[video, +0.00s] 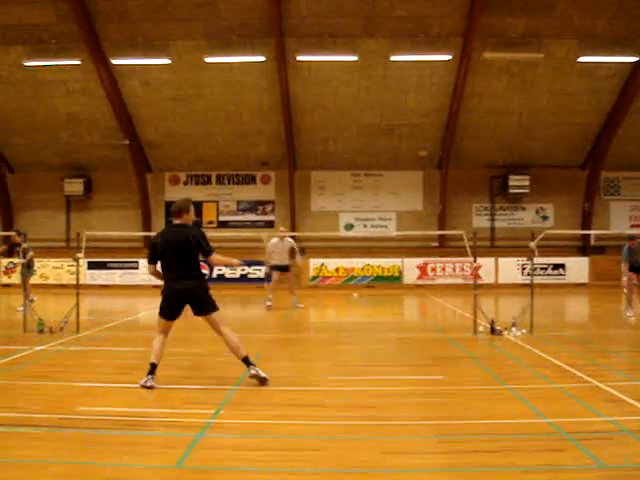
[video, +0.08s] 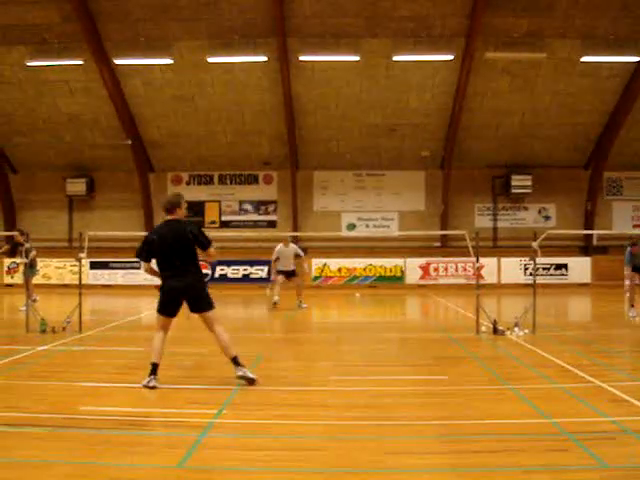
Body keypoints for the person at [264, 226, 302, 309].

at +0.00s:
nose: (282, 235)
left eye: (283, 232)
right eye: (280, 232)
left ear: (286, 234)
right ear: (278, 233)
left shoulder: (290, 242)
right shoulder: (272, 243)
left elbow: (296, 252)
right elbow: (268, 254)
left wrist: (297, 261)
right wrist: (267, 264)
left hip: (286, 263)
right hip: (275, 263)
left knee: (291, 281)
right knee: (274, 281)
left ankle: (294, 299)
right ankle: (269, 298)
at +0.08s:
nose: (286, 241)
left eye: (287, 239)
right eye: (284, 240)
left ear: (289, 240)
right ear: (282, 240)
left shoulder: (293, 247)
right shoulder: (279, 248)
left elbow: (302, 256)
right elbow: (273, 260)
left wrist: (304, 267)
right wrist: (273, 273)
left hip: (291, 269)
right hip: (281, 269)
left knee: (299, 283)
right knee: (278, 281)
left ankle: (300, 301)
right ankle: (275, 298)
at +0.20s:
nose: (286, 240)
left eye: (287, 238)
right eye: (284, 238)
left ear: (289, 239)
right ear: (282, 239)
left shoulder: (293, 247)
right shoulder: (278, 248)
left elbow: (303, 254)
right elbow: (274, 261)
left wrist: (306, 265)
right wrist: (275, 273)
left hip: (293, 269)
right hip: (283, 269)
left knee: (299, 284)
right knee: (284, 282)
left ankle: (302, 300)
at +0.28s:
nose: (280, 238)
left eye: (281, 236)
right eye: (278, 236)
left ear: (283, 237)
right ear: (276, 237)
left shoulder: (287, 246)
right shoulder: (272, 247)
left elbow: (296, 253)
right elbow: (268, 259)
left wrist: (300, 262)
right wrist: (271, 271)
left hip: (287, 269)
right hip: (278, 270)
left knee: (292, 284)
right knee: (283, 283)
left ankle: (296, 299)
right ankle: (287, 301)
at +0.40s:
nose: (275, 232)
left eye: (276, 229)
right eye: (273, 230)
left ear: (279, 230)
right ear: (271, 231)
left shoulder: (283, 240)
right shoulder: (267, 242)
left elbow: (293, 248)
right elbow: (265, 255)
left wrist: (298, 258)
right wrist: (267, 265)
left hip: (284, 264)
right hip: (274, 266)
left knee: (287, 283)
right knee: (284, 281)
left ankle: (283, 299)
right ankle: (292, 301)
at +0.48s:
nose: (274, 232)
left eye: (276, 229)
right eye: (272, 230)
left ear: (279, 230)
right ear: (270, 230)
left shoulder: (283, 239)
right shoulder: (267, 241)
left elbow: (293, 247)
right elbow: (264, 254)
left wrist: (298, 256)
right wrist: (266, 264)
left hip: (284, 263)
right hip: (275, 265)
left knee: (286, 284)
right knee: (284, 282)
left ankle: (280, 302)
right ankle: (293, 301)